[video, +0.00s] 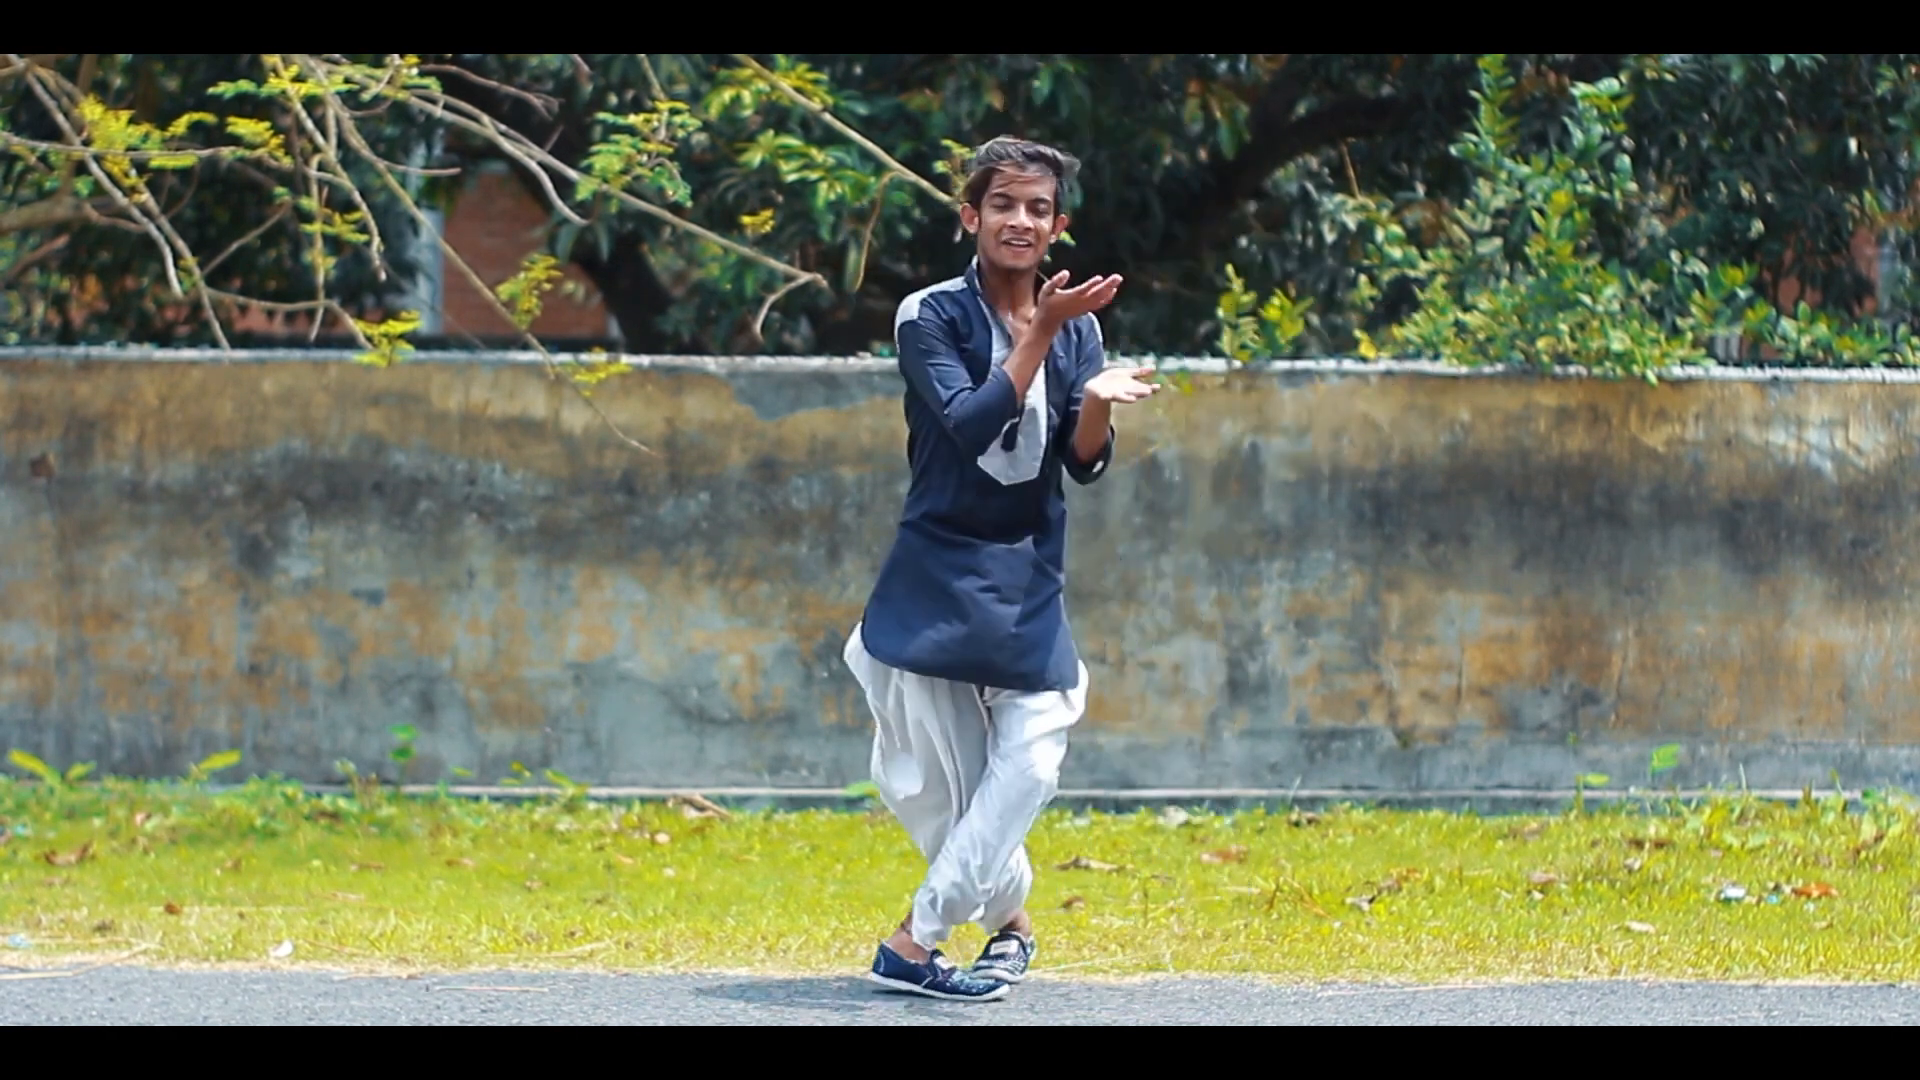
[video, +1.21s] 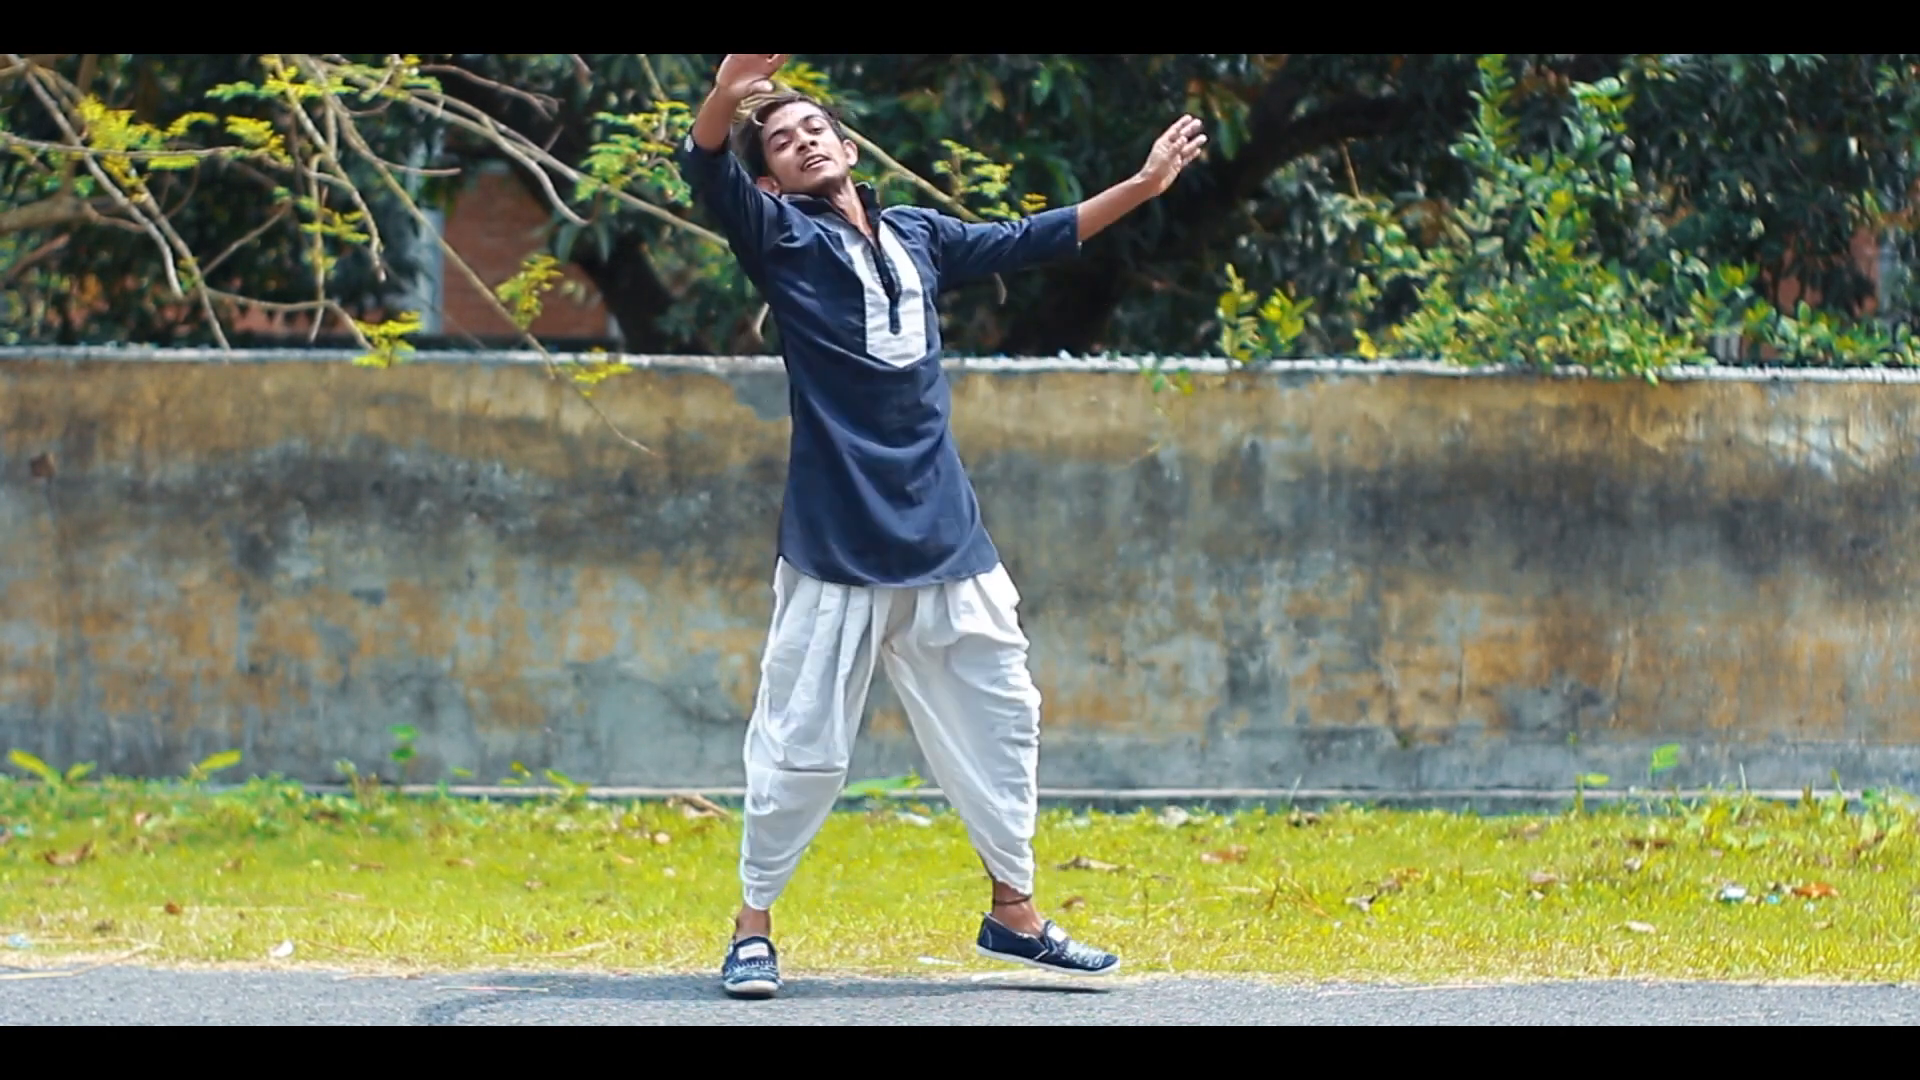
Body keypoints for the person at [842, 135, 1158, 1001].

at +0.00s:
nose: (1021, 222)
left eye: (1039, 208)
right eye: (1004, 206)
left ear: (1057, 225)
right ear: (971, 216)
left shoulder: (1073, 324)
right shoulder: (930, 314)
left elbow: (1081, 461)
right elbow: (967, 427)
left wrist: (1097, 402)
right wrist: (1039, 331)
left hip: (1028, 574)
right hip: (936, 570)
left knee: (1031, 764)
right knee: (946, 772)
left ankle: (912, 943)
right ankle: (1009, 924)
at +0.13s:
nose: (1009, 159)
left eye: (1024, 144)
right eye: (994, 139)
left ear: (1035, 152)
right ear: (949, 137)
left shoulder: (1038, 246)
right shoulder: (896, 225)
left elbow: (1131, 324)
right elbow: (831, 288)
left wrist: (1141, 219)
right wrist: (908, 192)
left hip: (1008, 517)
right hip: (916, 514)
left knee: (1030, 711)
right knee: (919, 721)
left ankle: (945, 909)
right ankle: (952, 887)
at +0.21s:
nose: (989, 136)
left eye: (1002, 120)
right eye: (973, 116)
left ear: (1013, 123)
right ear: (920, 107)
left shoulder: (1010, 196)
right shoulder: (877, 189)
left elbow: (1111, 210)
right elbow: (782, 162)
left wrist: (1095, 126)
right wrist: (870, 91)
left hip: (998, 493)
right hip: (904, 493)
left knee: (1036, 689)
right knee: (890, 701)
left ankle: (965, 879)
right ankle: (861, 861)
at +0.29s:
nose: (967, 148)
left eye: (979, 133)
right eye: (953, 127)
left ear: (991, 135)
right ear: (904, 113)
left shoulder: (974, 190)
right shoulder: (860, 187)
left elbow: (1032, 146)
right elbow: (764, 108)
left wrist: (1020, 87)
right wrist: (855, 66)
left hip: (978, 487)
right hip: (891, 489)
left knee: (1051, 666)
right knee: (850, 692)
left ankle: (988, 870)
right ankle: (791, 886)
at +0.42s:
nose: (937, 225)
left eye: (949, 208)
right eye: (921, 203)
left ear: (958, 206)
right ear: (873, 194)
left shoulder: (918, 275)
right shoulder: (840, 265)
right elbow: (790, 166)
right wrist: (847, 137)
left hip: (934, 540)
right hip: (856, 539)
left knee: (1032, 696)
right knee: (804, 750)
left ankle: (1046, 909)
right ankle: (747, 943)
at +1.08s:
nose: (842, 217)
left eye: (855, 202)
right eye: (823, 204)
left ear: (872, 215)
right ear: (789, 219)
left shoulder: (896, 310)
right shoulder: (780, 316)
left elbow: (991, 317)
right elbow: (748, 247)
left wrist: (950, 227)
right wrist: (775, 177)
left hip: (923, 576)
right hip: (833, 580)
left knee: (1041, 722)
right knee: (820, 782)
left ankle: (1030, 933)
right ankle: (746, 949)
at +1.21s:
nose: (810, 140)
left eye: (817, 127)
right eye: (787, 139)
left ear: (850, 146)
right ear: (770, 178)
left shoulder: (918, 234)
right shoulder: (781, 236)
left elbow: (1038, 236)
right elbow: (708, 165)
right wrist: (726, 93)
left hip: (942, 525)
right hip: (835, 533)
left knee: (1006, 714)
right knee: (800, 747)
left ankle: (1014, 918)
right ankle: (752, 930)